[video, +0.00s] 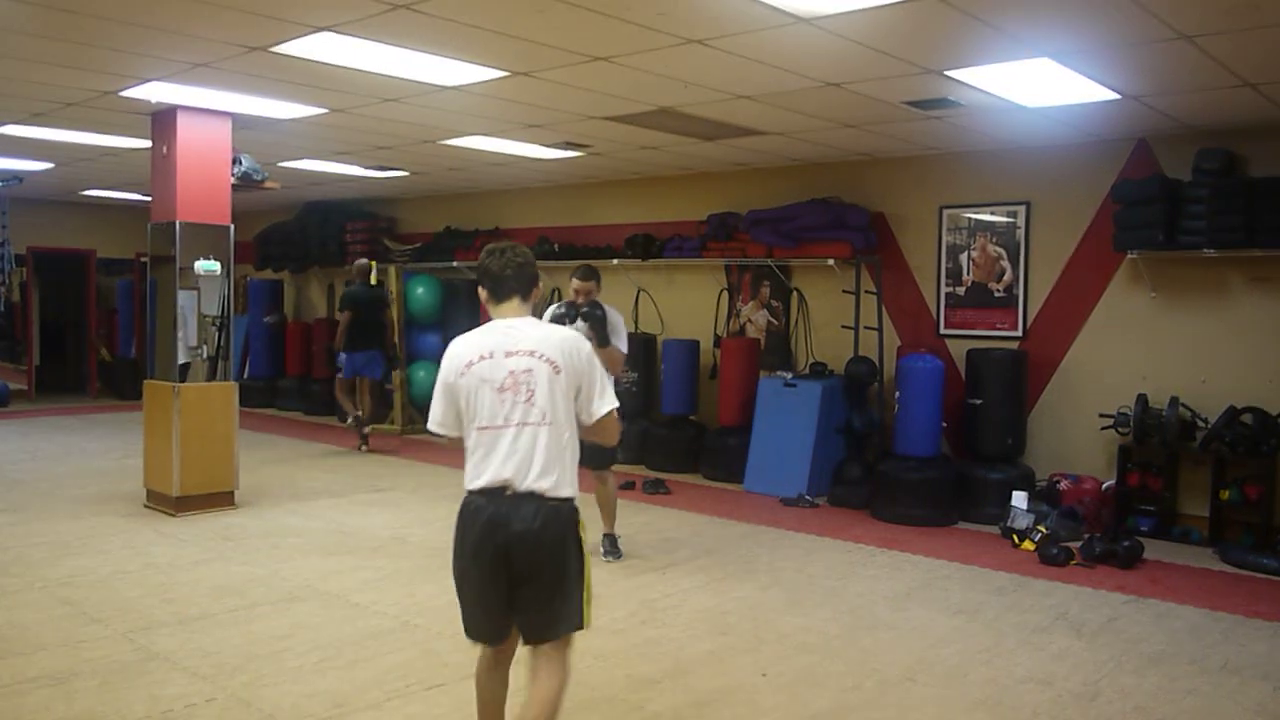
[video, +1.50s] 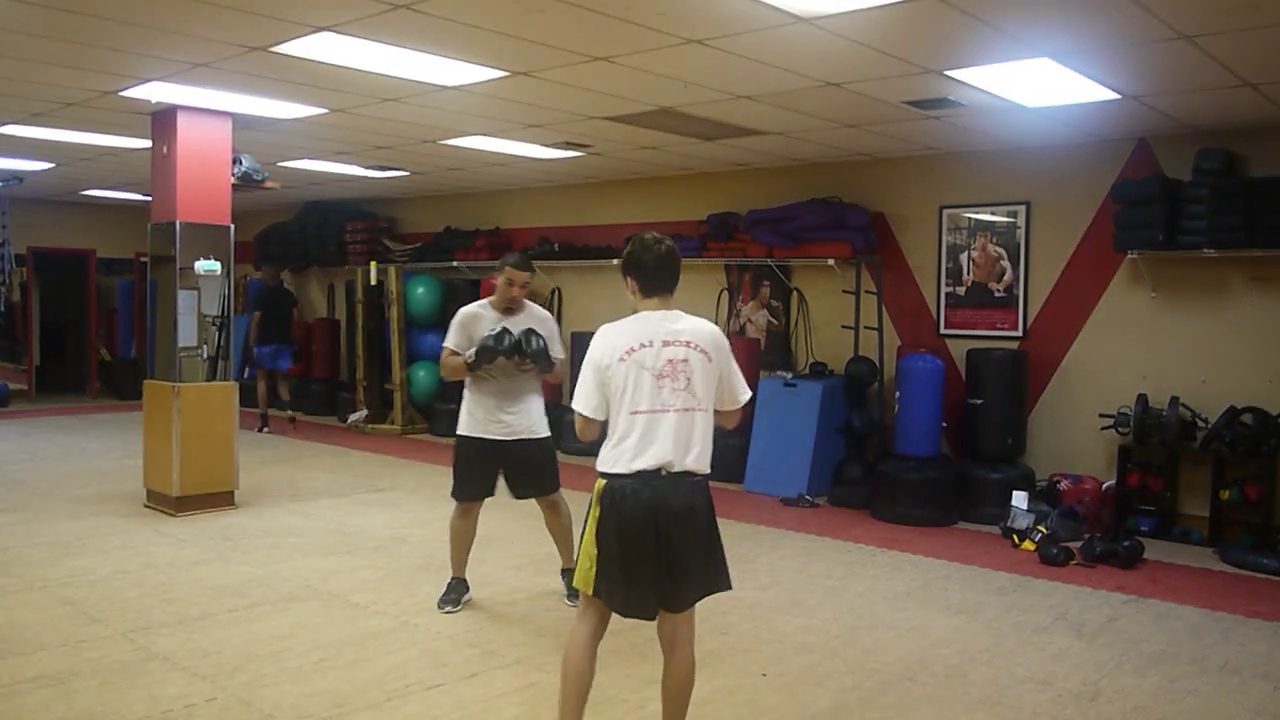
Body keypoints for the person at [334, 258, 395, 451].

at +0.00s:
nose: (352, 273)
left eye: (354, 271)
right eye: (356, 270)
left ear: (355, 273)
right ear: (371, 274)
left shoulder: (349, 294)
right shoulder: (380, 294)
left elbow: (345, 321)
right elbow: (389, 321)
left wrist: (338, 345)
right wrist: (390, 345)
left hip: (353, 348)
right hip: (375, 347)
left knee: (342, 389)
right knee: (366, 391)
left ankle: (353, 413)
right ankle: (364, 436)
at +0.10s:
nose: (345, 274)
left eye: (346, 271)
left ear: (347, 274)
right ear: (364, 274)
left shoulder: (342, 293)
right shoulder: (373, 293)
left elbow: (340, 320)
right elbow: (381, 318)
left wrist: (333, 345)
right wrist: (379, 343)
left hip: (346, 346)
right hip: (367, 346)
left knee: (332, 386)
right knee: (363, 391)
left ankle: (339, 424)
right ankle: (364, 437)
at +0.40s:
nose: (319, 276)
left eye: (320, 273)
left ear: (321, 276)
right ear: (337, 275)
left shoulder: (316, 297)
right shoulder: (346, 293)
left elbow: (315, 324)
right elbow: (356, 317)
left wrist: (311, 348)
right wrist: (358, 337)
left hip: (323, 348)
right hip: (344, 346)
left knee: (317, 388)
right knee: (340, 387)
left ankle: (318, 433)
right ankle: (351, 415)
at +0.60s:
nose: (310, 277)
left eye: (310, 274)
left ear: (310, 275)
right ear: (326, 274)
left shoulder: (304, 293)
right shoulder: (334, 291)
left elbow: (298, 320)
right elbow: (345, 318)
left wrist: (291, 337)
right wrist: (345, 339)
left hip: (311, 345)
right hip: (331, 344)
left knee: (313, 387)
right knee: (324, 382)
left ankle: (317, 432)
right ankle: (326, 419)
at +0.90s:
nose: (298, 279)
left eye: (297, 276)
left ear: (296, 277)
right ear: (311, 278)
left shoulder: (290, 295)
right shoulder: (319, 295)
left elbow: (285, 319)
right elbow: (328, 318)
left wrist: (276, 337)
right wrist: (330, 341)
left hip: (296, 344)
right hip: (315, 344)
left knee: (294, 381)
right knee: (306, 382)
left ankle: (309, 418)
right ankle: (302, 420)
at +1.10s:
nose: (288, 276)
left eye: (289, 273)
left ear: (290, 275)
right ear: (304, 276)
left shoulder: (285, 293)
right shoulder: (312, 294)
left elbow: (279, 320)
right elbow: (319, 318)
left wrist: (273, 342)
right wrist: (315, 336)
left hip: (287, 342)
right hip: (307, 342)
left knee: (275, 377)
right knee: (301, 382)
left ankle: (286, 412)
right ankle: (301, 426)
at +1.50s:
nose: (261, 277)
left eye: (263, 274)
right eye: (263, 273)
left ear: (264, 276)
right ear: (279, 277)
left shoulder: (261, 293)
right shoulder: (288, 294)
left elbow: (256, 319)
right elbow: (296, 317)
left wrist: (252, 342)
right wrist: (294, 338)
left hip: (264, 342)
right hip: (284, 342)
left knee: (262, 379)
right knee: (282, 378)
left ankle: (264, 421)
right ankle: (289, 406)